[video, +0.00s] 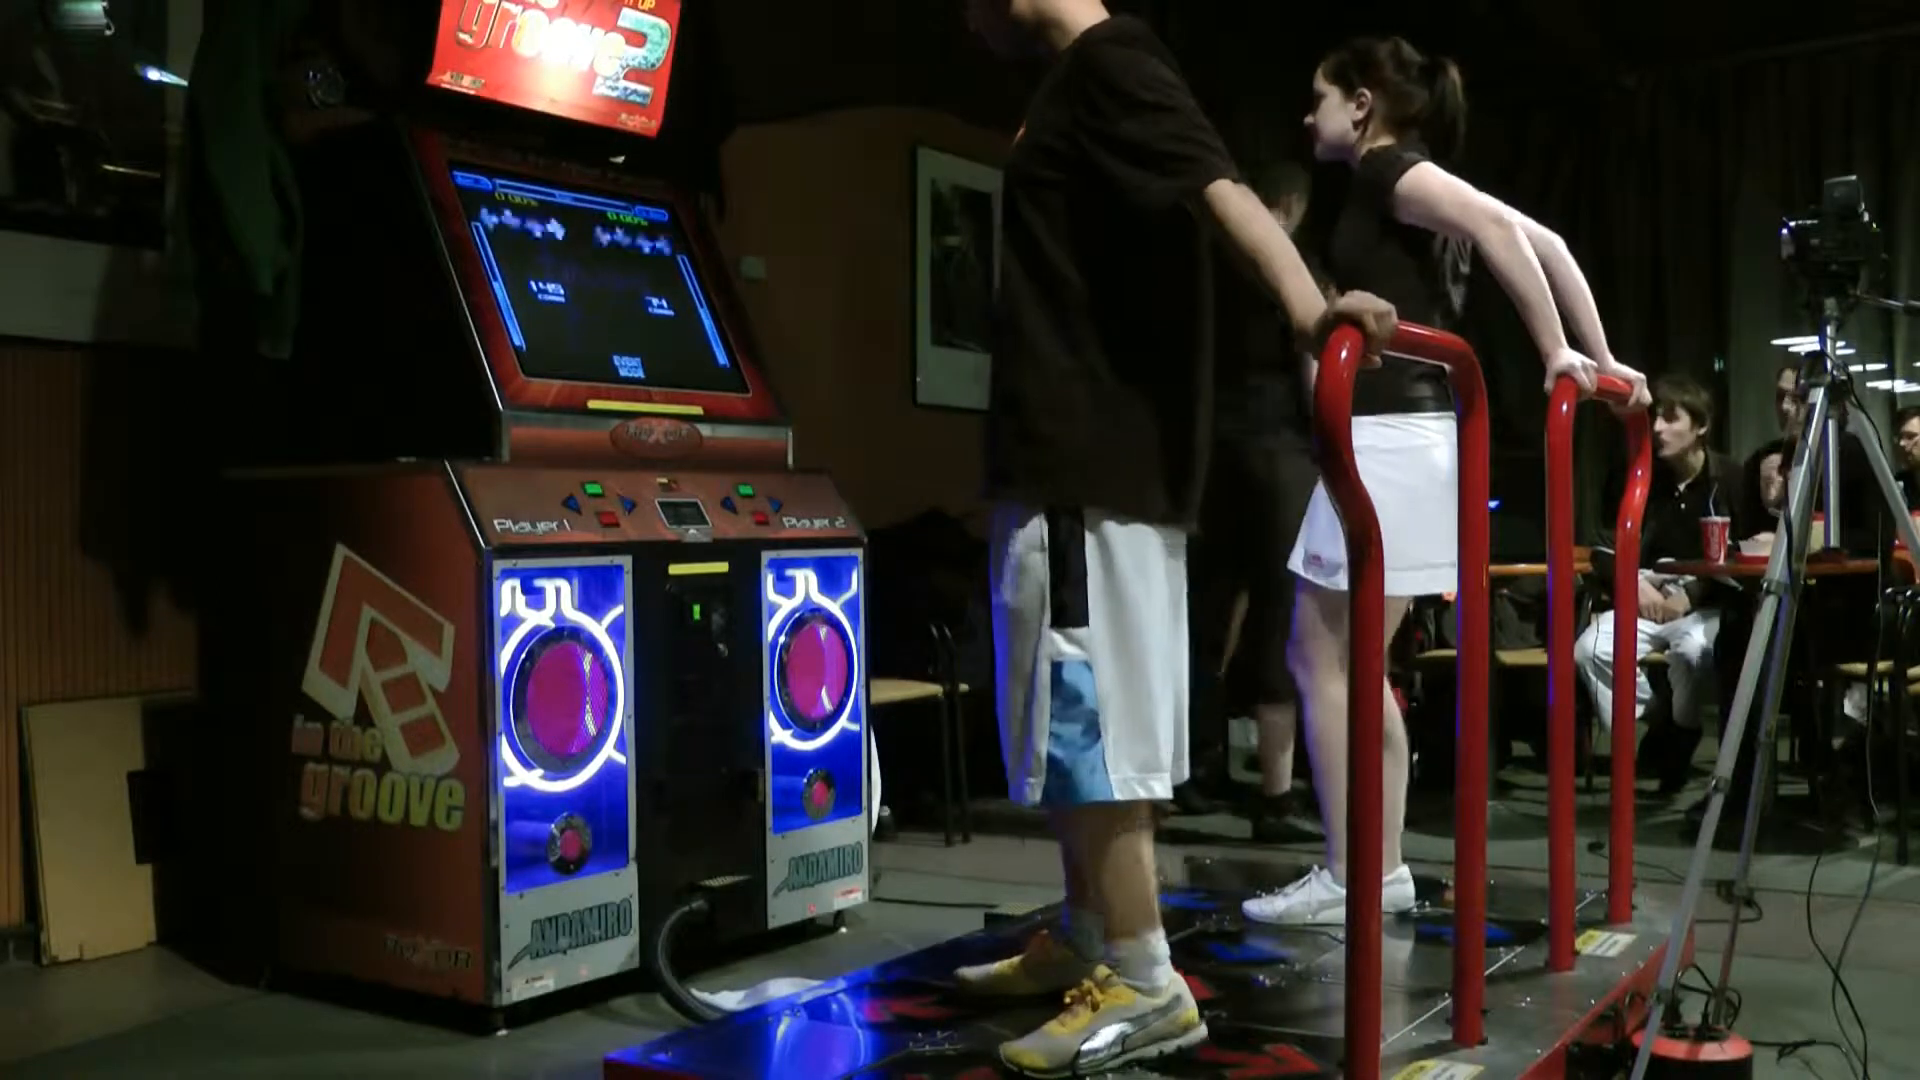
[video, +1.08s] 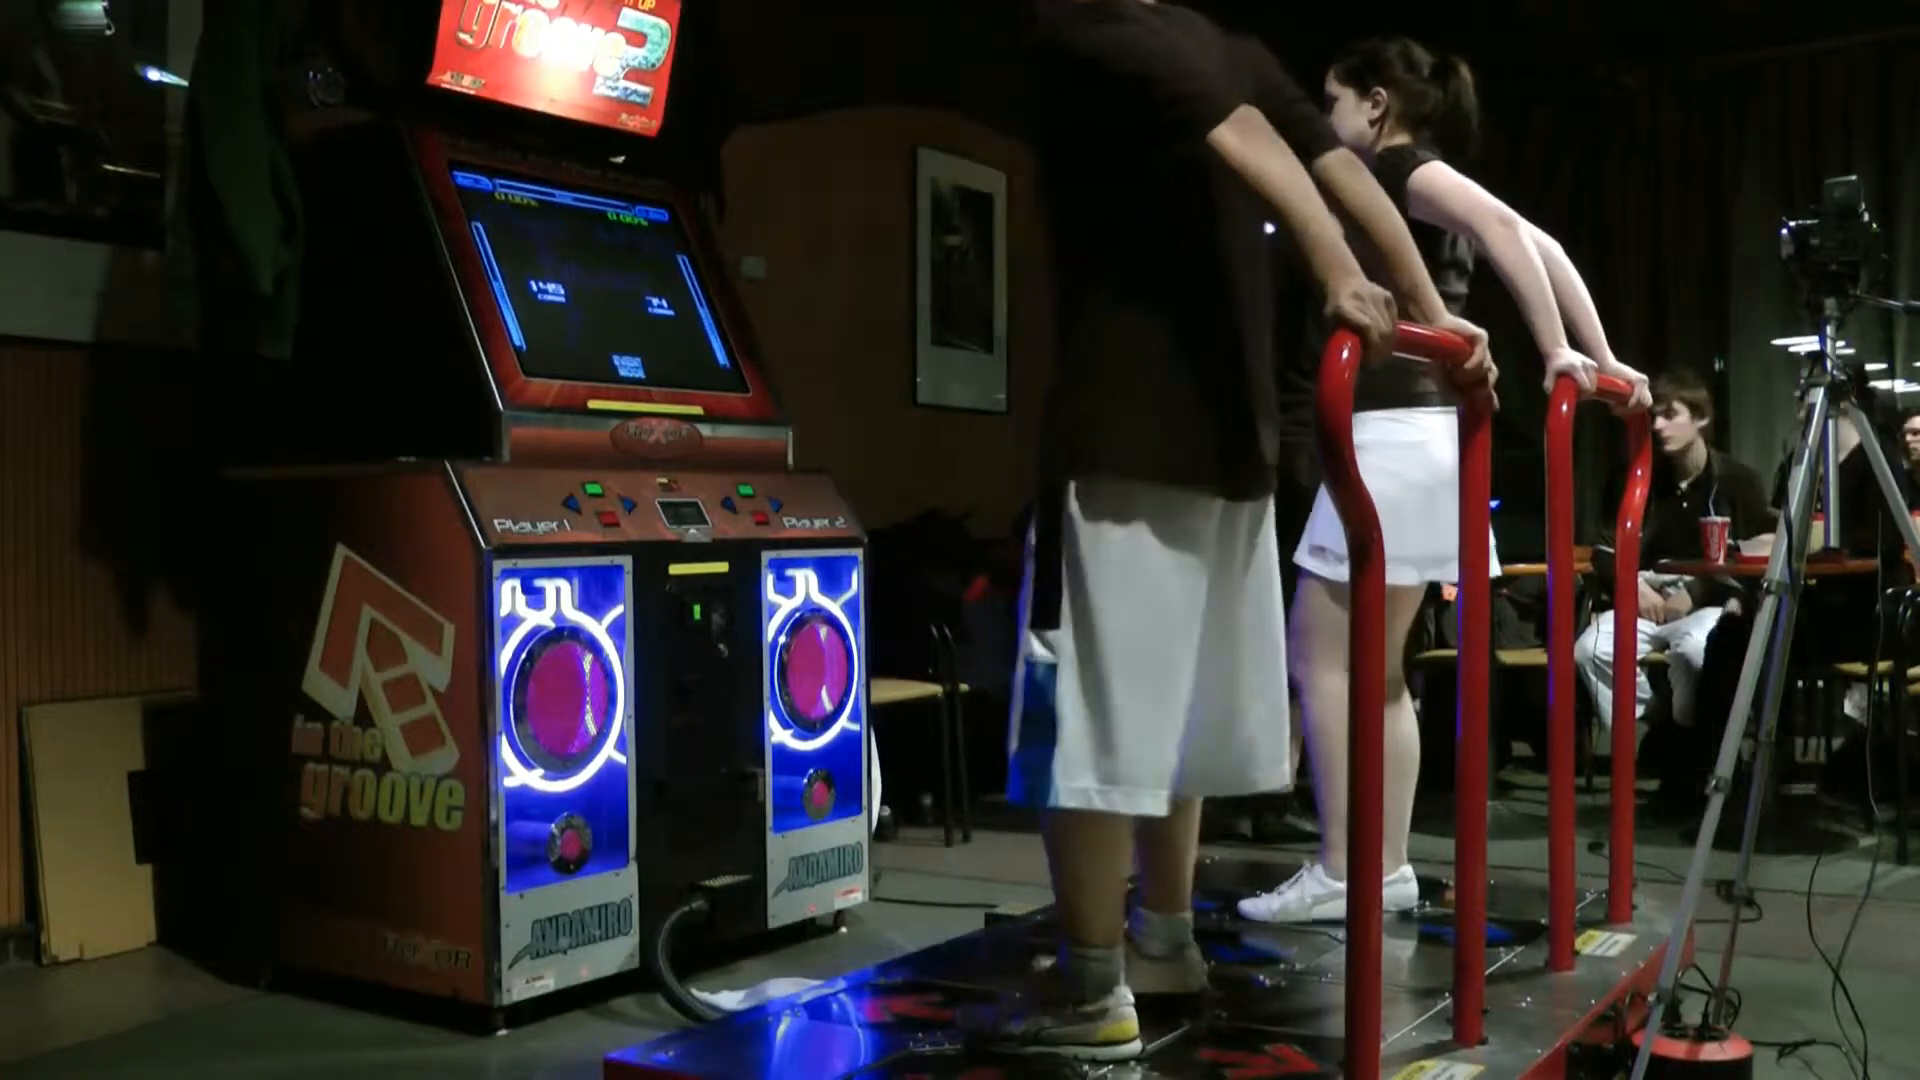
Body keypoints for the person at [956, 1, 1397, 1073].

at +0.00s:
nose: (988, 17)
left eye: (993, 4)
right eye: (990, 9)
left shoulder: (1113, 66)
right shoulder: (1071, 86)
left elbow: (1219, 186)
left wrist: (1314, 309)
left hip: (1101, 468)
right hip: (1062, 467)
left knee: (1095, 723)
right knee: (1062, 719)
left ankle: (1145, 982)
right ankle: (1094, 934)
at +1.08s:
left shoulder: (1078, 23)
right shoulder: (1215, 40)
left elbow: (1233, 122)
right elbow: (1348, 179)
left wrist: (1344, 279)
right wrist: (1435, 314)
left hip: (1121, 419)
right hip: (1225, 423)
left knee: (1095, 707)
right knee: (1176, 695)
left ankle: (1092, 997)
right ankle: (1168, 951)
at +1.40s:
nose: (1058, 21)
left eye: (1062, 16)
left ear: (1088, 3)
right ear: (1168, 1)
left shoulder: (1103, 52)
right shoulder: (1247, 69)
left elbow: (1190, 177)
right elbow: (1358, 189)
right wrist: (1433, 316)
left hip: (1138, 446)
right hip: (1241, 441)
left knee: (1102, 713)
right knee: (1175, 709)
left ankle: (1095, 991)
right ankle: (1153, 955)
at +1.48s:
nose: (1068, 19)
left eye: (1072, 12)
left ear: (1103, 2)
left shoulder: (1106, 61)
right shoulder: (1258, 72)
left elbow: (1128, 220)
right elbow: (1361, 188)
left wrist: (987, 247)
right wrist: (1433, 314)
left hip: (1128, 434)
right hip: (1239, 437)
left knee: (1105, 708)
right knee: (1175, 700)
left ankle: (1093, 988)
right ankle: (1153, 954)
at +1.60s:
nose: (1057, 14)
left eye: (1063, 9)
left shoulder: (1093, 67)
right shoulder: (1258, 73)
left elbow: (989, 190)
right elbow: (1370, 192)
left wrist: (980, 101)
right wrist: (1434, 317)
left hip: (1120, 430)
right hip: (1235, 434)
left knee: (1096, 705)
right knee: (1178, 704)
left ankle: (1089, 984)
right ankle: (1152, 960)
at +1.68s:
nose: (1044, 13)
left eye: (1053, 10)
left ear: (1089, 0)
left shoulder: (1078, 60)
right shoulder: (1256, 71)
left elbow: (970, 179)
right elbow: (1365, 185)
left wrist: (1003, 62)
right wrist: (1432, 314)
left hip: (1109, 428)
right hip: (1231, 434)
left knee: (1081, 698)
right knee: (1184, 698)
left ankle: (1085, 977)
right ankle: (1154, 960)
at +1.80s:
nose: (1038, 9)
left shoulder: (1066, 58)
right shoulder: (1250, 68)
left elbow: (966, 191)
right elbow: (1364, 186)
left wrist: (1006, 56)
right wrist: (1434, 316)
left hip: (1099, 429)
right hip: (1224, 433)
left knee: (1080, 700)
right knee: (1185, 699)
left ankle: (1082, 986)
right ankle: (1154, 957)